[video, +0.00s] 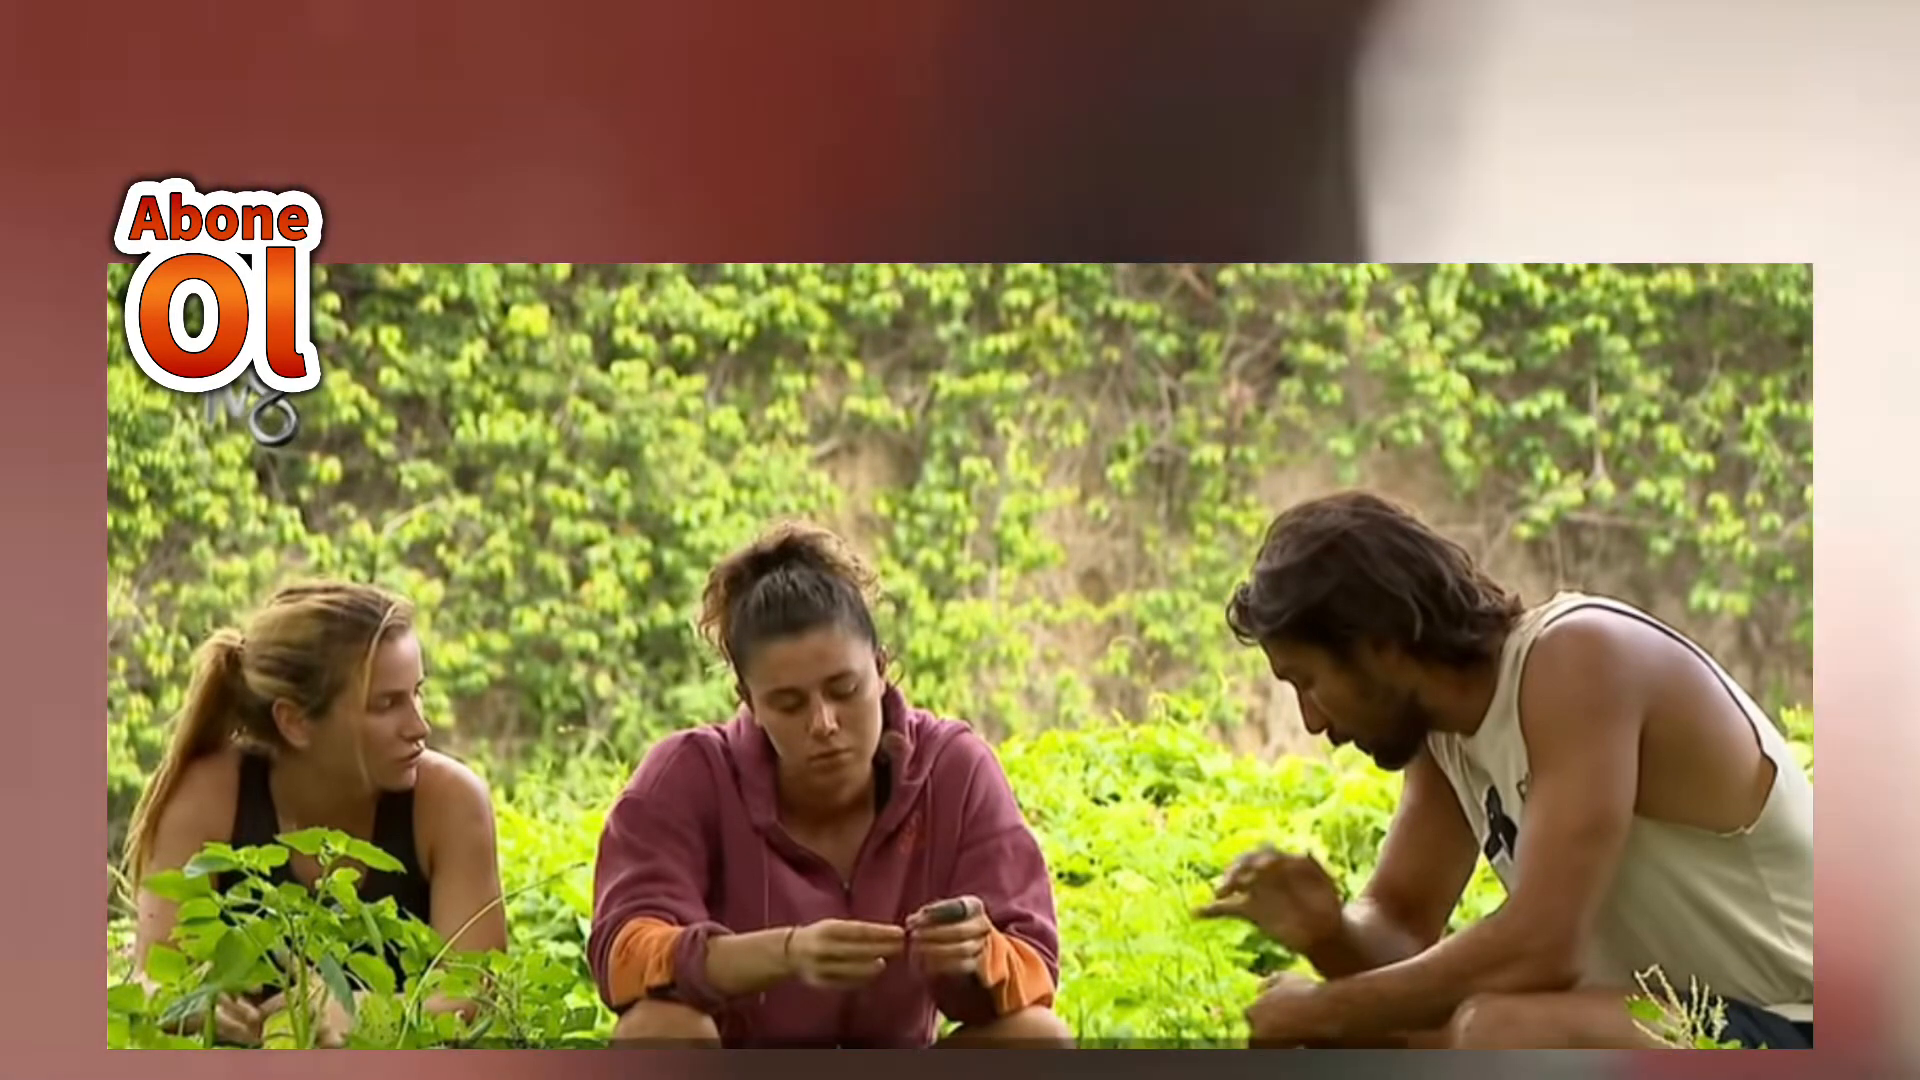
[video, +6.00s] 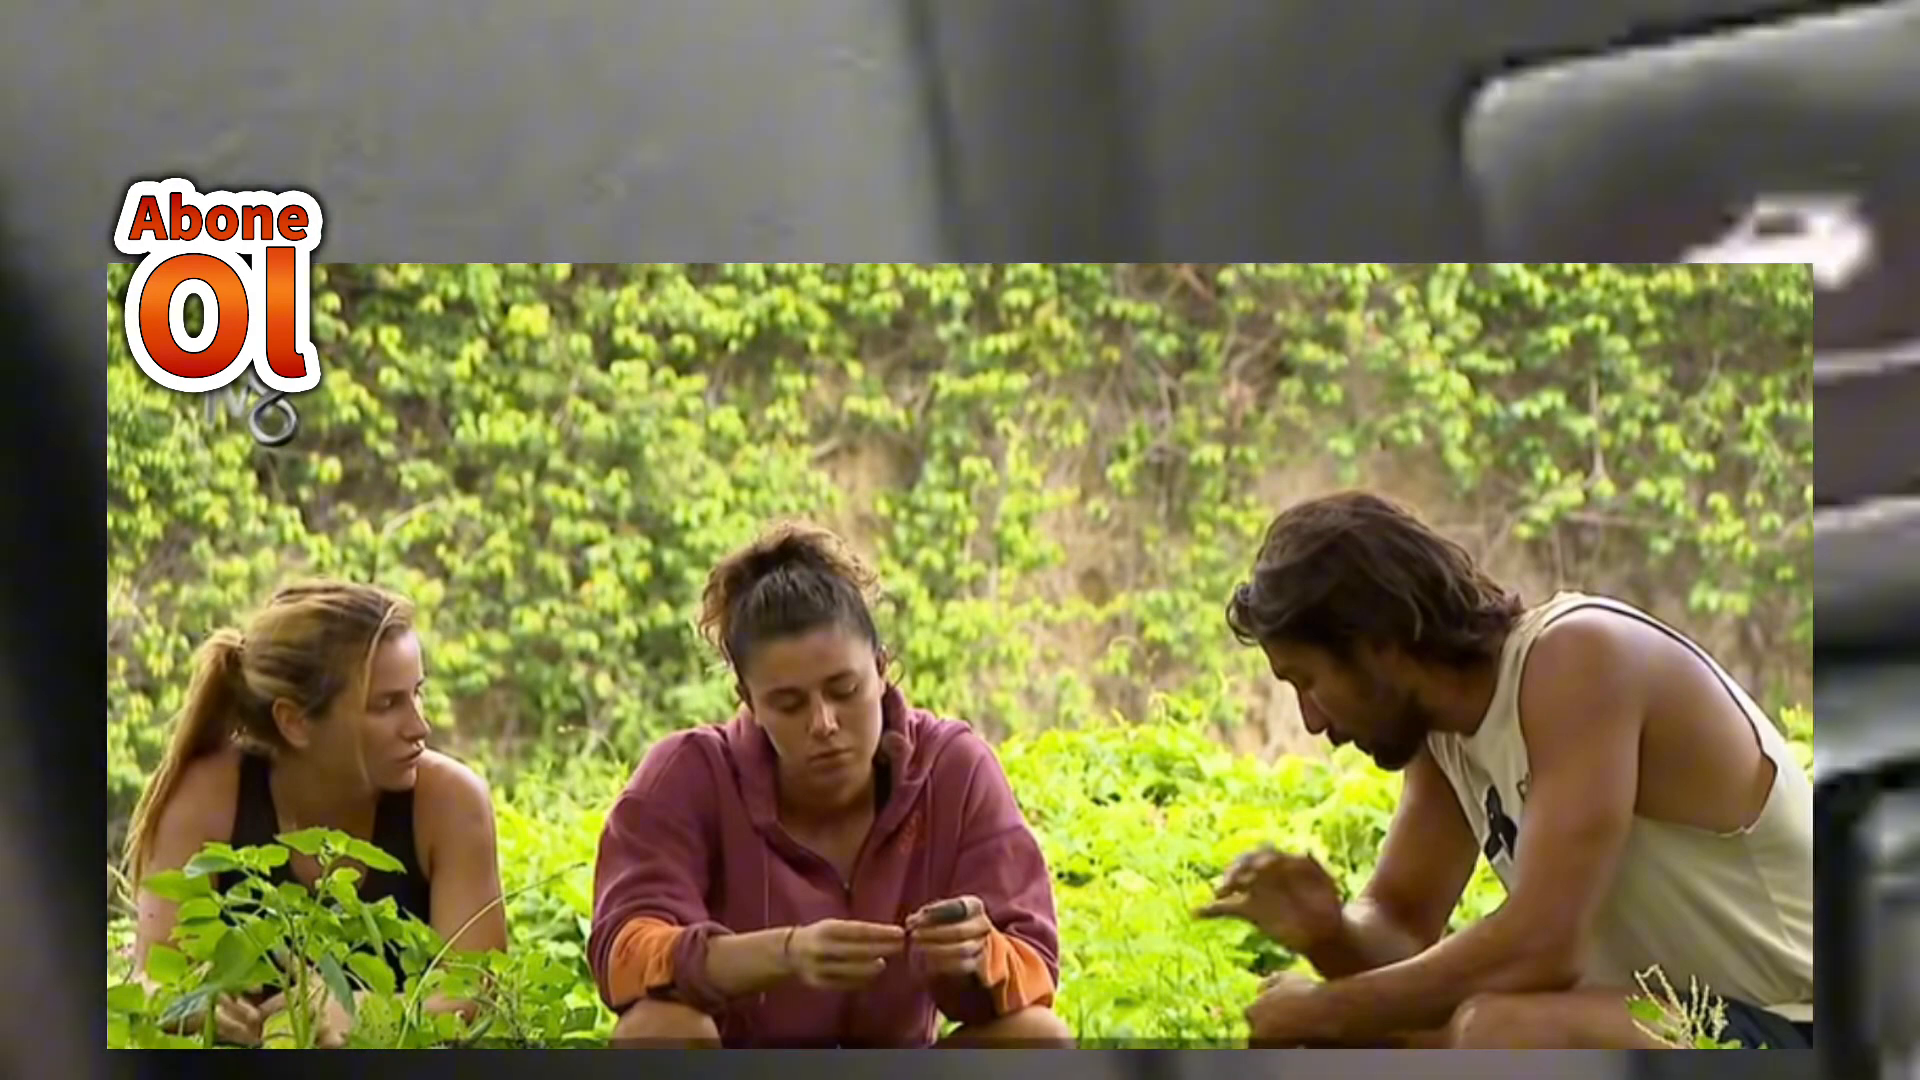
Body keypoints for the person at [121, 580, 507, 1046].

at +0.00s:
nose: (420, 725)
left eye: (417, 695)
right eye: (387, 704)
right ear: (295, 722)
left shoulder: (451, 800)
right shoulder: (206, 792)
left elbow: (470, 1000)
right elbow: (153, 982)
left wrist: (355, 1013)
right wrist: (200, 1008)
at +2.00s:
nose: (420, 725)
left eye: (417, 695)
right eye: (388, 705)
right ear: (295, 723)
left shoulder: (451, 800)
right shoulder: (206, 793)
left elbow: (470, 1001)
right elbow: (153, 985)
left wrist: (354, 1013)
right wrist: (203, 1009)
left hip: (385, 1068)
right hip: (239, 1068)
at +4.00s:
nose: (420, 725)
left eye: (417, 695)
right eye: (388, 705)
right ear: (295, 722)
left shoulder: (451, 799)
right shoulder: (205, 792)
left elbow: (470, 1000)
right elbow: (153, 983)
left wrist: (355, 1013)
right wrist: (200, 1008)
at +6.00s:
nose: (420, 725)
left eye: (417, 695)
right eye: (388, 705)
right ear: (295, 723)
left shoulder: (451, 799)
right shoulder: (205, 792)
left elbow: (470, 1002)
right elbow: (153, 984)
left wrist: (354, 1013)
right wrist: (198, 1008)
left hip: (384, 1069)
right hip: (237, 1066)